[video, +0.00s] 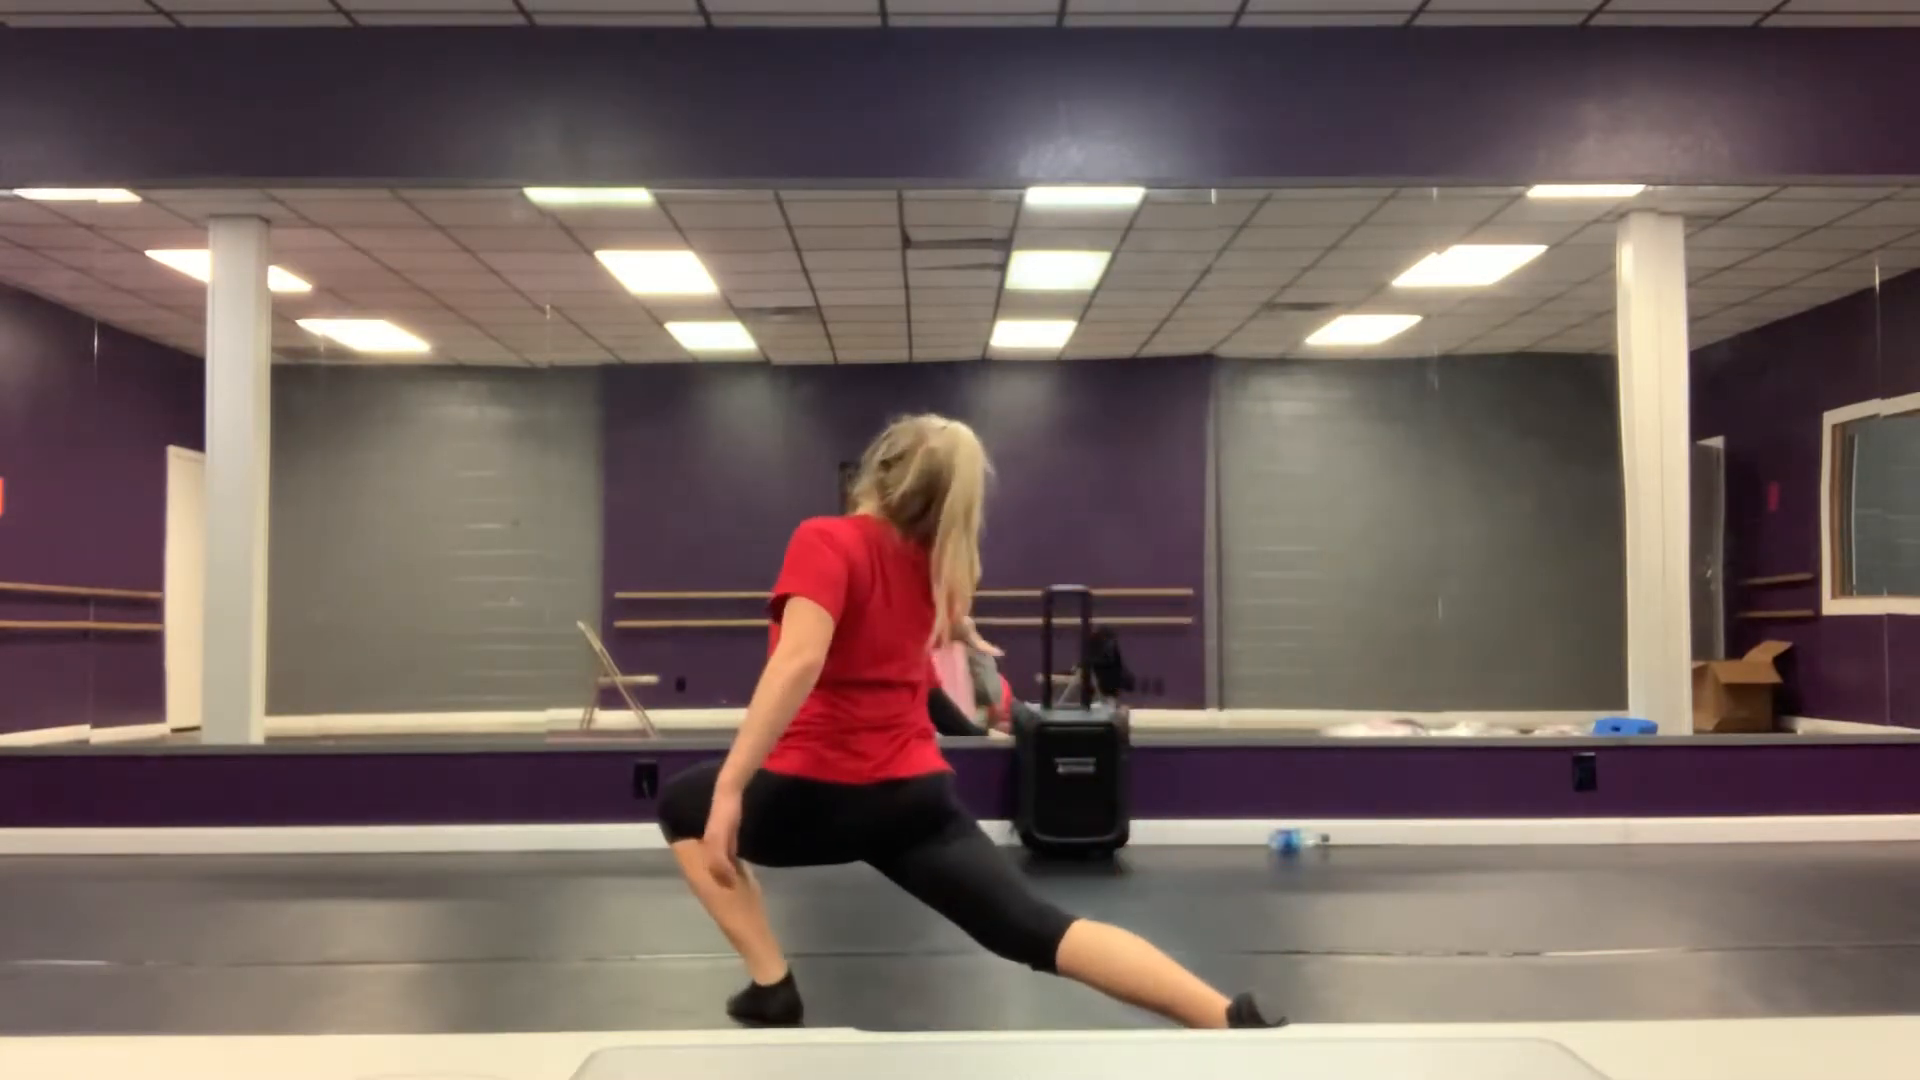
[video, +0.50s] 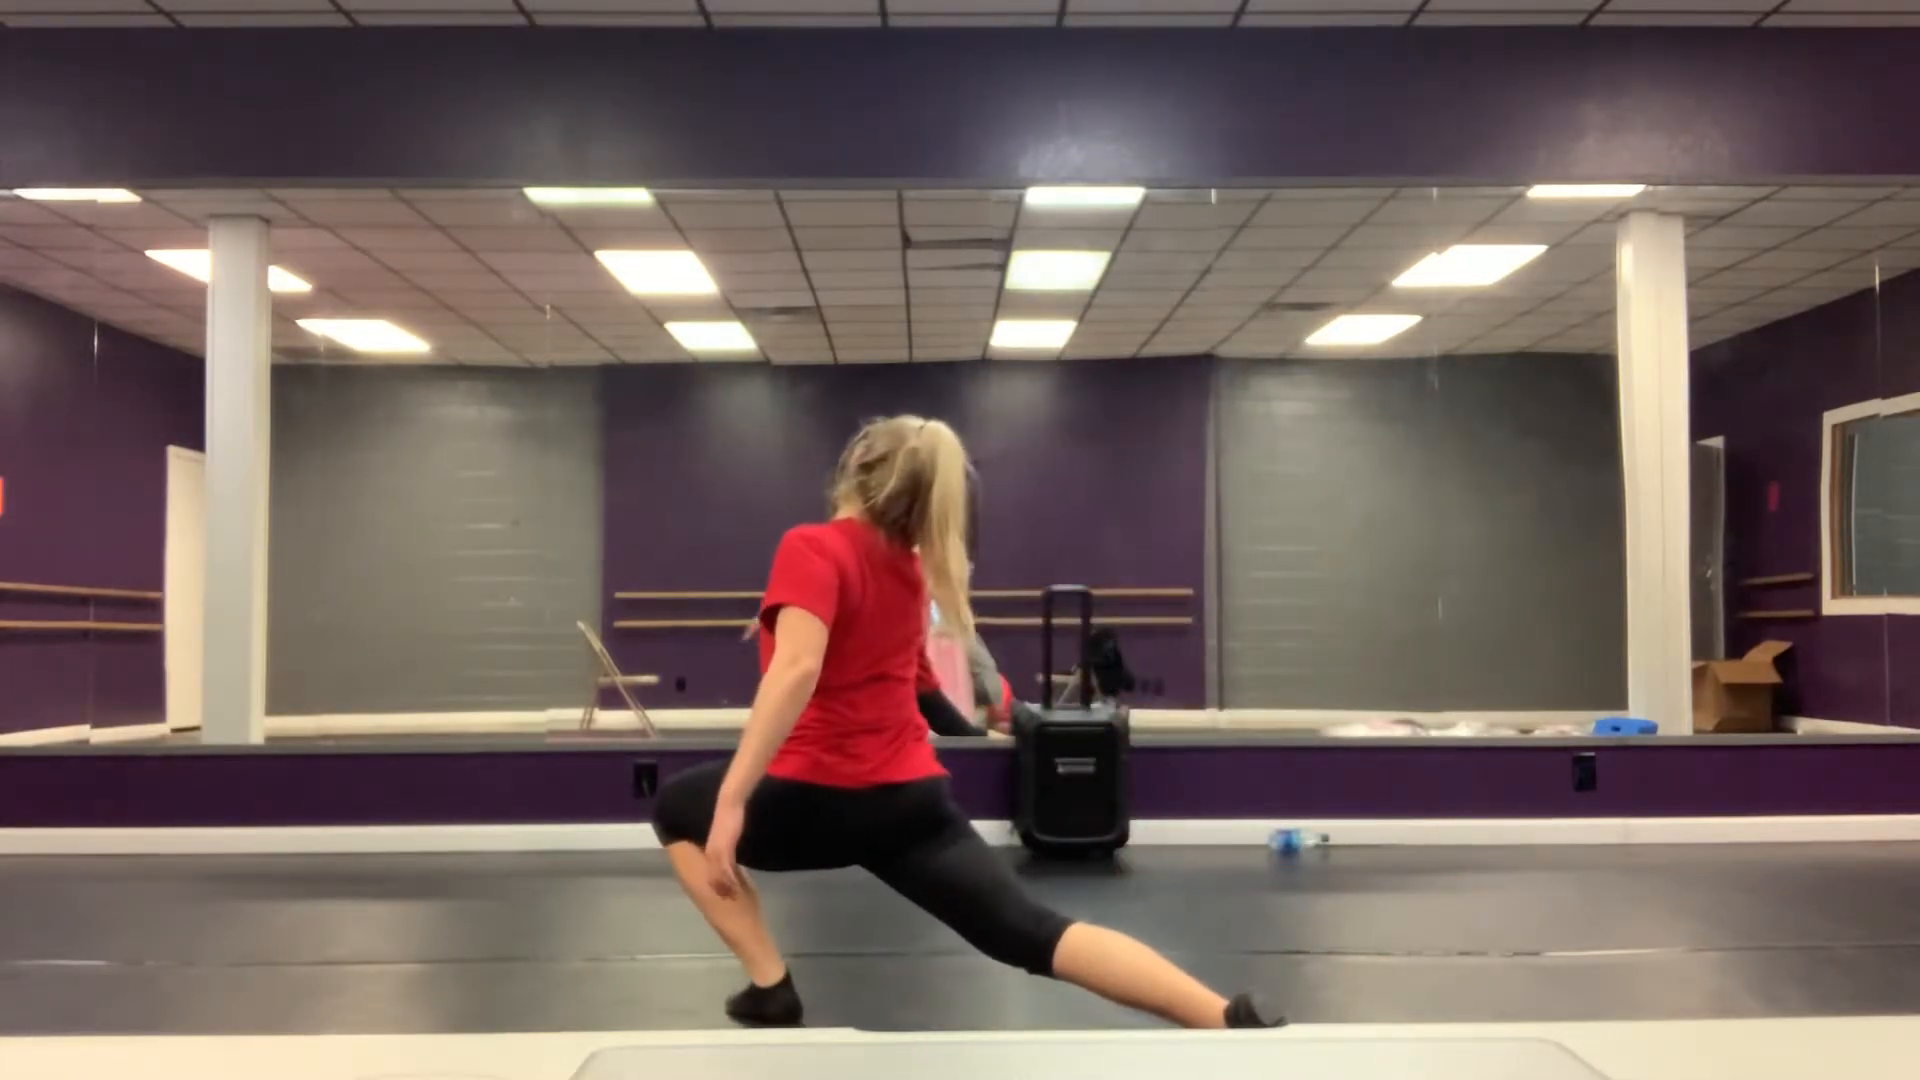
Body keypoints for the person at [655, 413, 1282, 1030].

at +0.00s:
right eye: (965, 494)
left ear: (881, 471)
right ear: (953, 500)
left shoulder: (829, 541)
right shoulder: (935, 565)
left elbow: (800, 659)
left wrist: (730, 786)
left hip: (812, 797)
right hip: (911, 796)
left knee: (683, 803)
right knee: (1030, 927)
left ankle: (770, 984)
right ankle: (1226, 1015)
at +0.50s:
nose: (948, 511)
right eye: (944, 495)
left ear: (860, 473)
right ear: (929, 497)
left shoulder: (816, 548)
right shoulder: (913, 566)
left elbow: (798, 669)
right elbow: (907, 674)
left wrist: (732, 798)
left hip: (816, 805)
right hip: (909, 801)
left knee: (677, 808)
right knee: (1028, 931)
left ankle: (769, 985)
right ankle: (1224, 1015)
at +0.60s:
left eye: (849, 460)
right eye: (938, 495)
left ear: (853, 475)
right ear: (924, 497)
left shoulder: (811, 551)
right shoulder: (909, 566)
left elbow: (799, 670)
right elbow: (844, 599)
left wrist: (734, 801)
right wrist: (762, 606)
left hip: (818, 806)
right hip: (910, 801)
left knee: (678, 808)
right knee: (1028, 931)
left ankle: (769, 984)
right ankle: (1224, 1015)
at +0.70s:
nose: (827, 468)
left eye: (836, 460)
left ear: (845, 475)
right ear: (914, 494)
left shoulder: (806, 553)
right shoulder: (908, 566)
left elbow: (799, 673)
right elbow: (826, 603)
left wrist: (740, 806)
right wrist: (730, 606)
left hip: (822, 807)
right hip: (913, 801)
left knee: (676, 807)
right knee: (1029, 933)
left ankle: (770, 984)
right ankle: (1224, 1015)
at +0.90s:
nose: (798, 476)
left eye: (805, 465)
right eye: (805, 464)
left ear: (820, 478)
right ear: (878, 491)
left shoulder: (788, 558)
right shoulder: (891, 569)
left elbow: (797, 677)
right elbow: (824, 609)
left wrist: (755, 822)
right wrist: (725, 602)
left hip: (825, 805)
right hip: (913, 798)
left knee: (675, 810)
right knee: (1028, 934)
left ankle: (769, 984)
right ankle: (1222, 1014)